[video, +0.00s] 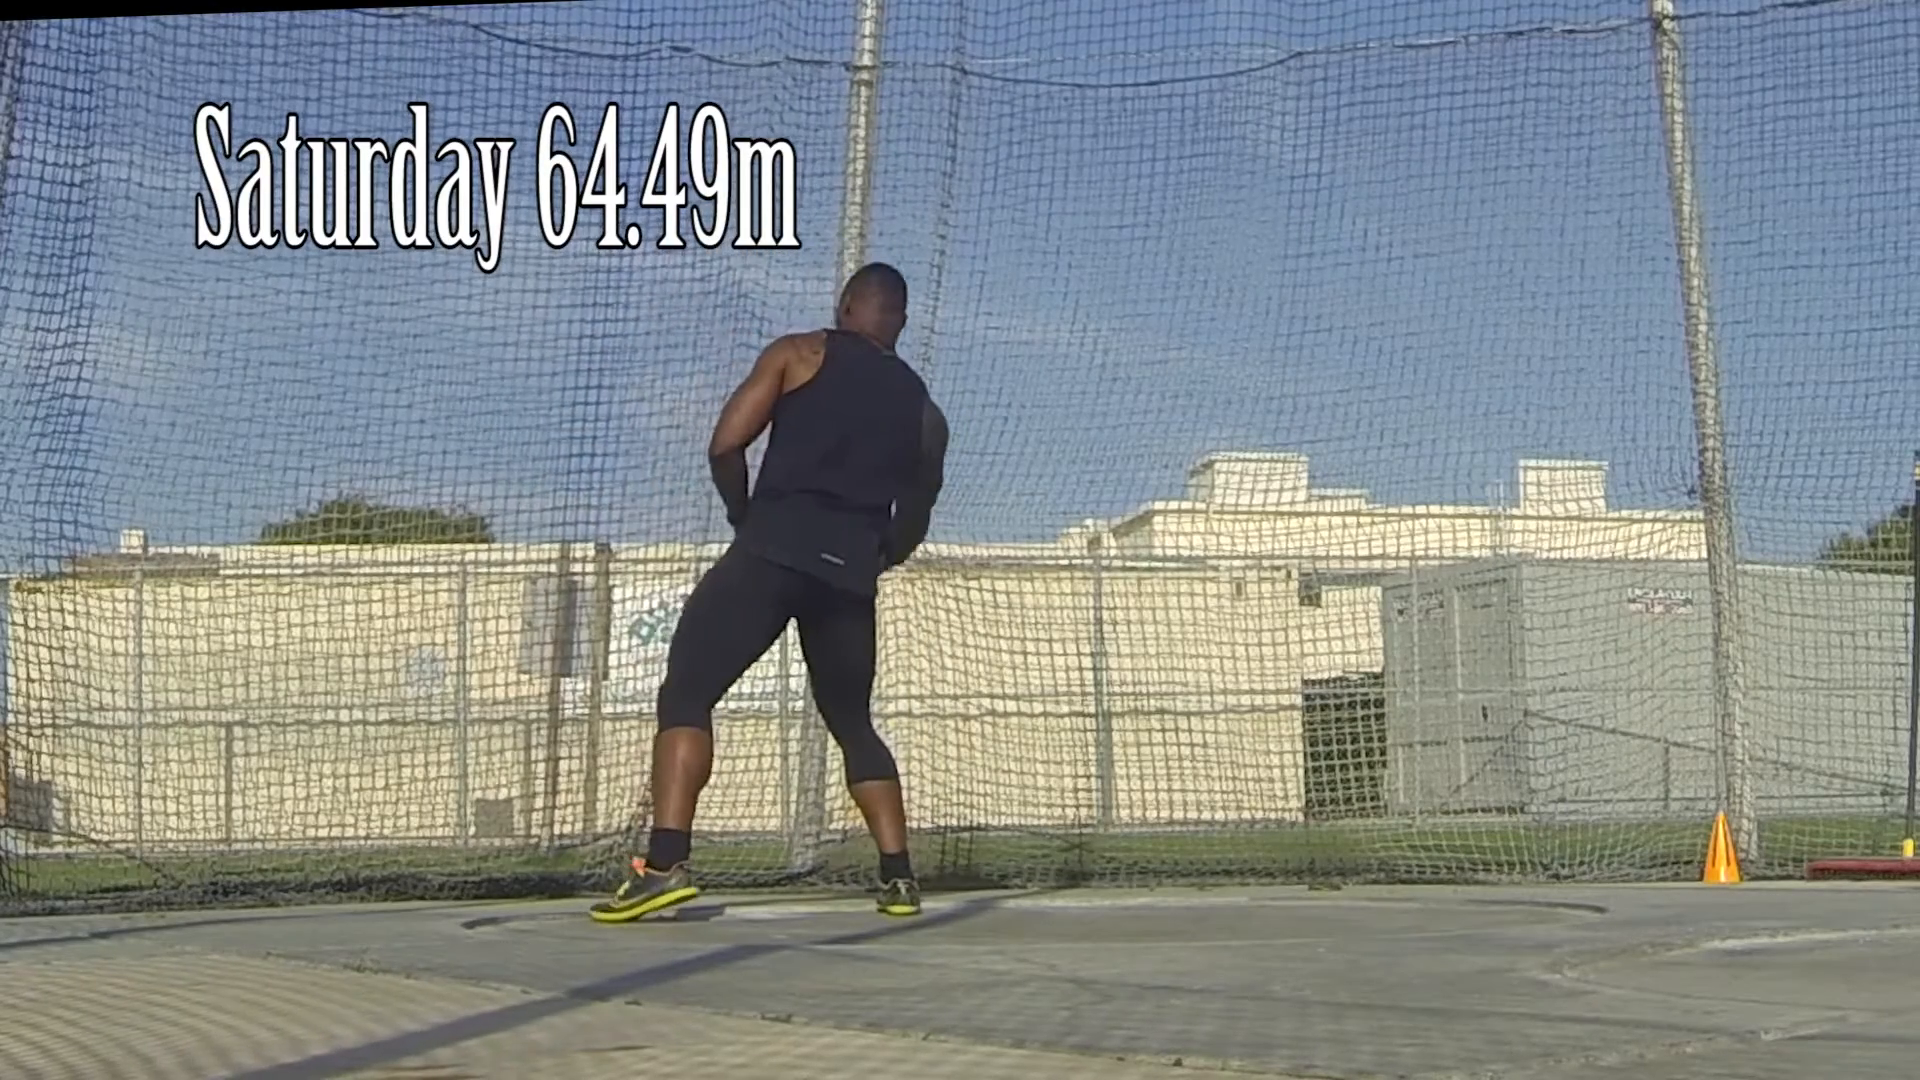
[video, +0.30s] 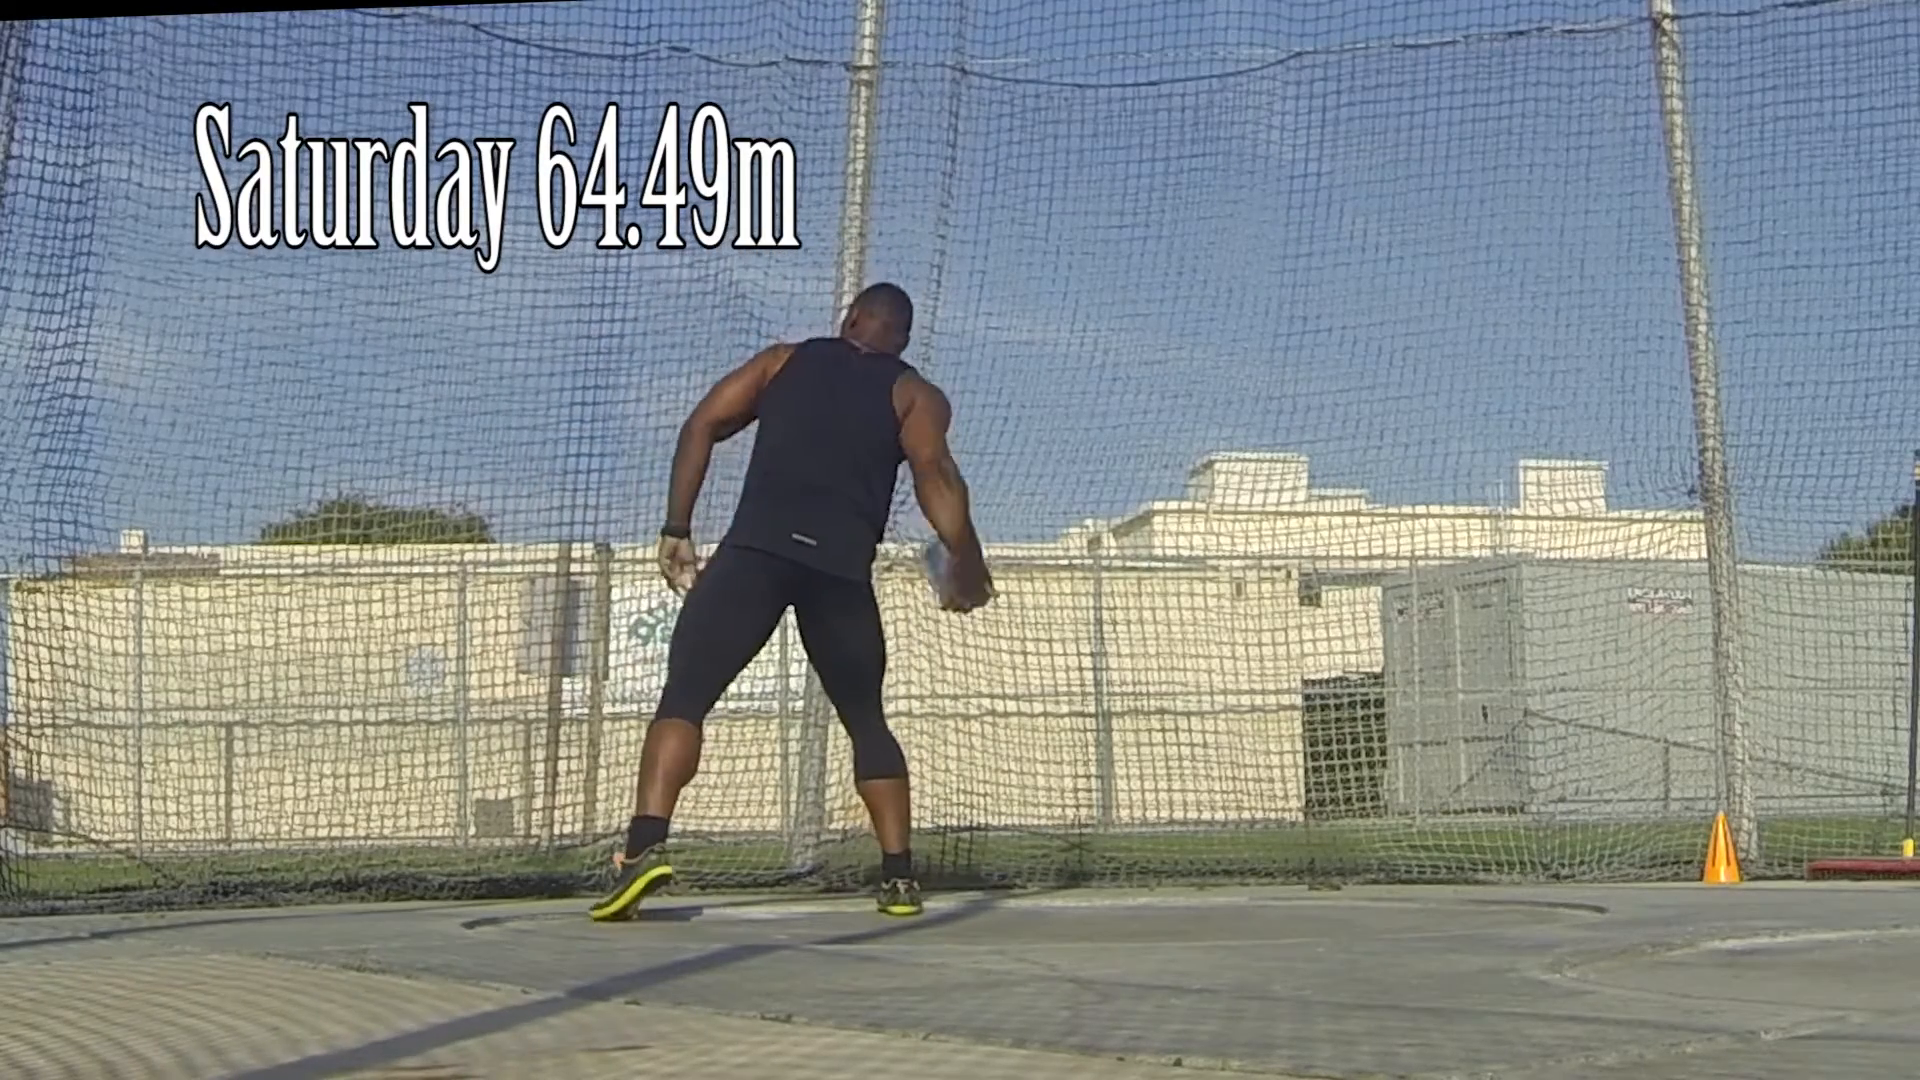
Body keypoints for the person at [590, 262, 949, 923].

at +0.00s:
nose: (849, 318)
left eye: (846, 308)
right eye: (880, 315)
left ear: (841, 311)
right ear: (902, 324)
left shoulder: (796, 352)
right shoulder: (926, 413)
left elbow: (725, 445)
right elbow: (916, 518)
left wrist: (744, 515)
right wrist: (876, 557)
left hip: (769, 554)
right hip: (850, 577)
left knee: (687, 693)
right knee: (853, 719)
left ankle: (665, 866)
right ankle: (899, 877)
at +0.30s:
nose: (856, 327)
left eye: (855, 318)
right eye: (881, 326)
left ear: (847, 320)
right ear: (903, 338)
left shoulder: (786, 358)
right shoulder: (917, 394)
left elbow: (702, 423)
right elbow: (932, 472)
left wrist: (676, 528)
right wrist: (968, 560)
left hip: (753, 555)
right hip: (840, 575)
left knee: (686, 696)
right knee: (867, 718)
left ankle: (644, 847)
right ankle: (899, 876)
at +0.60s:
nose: (756, 339)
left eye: (757, 332)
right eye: (766, 335)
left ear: (765, 333)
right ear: (822, 338)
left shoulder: (729, 371)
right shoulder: (860, 376)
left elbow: (657, 432)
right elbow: (947, 392)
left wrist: (646, 533)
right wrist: (1031, 390)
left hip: (743, 567)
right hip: (832, 576)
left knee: (657, 705)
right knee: (864, 718)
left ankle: (662, 872)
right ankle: (901, 874)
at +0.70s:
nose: (695, 336)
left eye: (697, 327)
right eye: (697, 328)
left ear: (713, 323)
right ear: (763, 323)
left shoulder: (692, 373)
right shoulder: (828, 374)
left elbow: (644, 448)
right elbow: (930, 408)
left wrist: (637, 532)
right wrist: (1023, 431)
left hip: (738, 569)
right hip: (824, 574)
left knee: (648, 708)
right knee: (857, 715)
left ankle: (666, 881)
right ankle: (903, 875)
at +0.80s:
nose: (646, 318)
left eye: (650, 304)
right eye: (645, 306)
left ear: (681, 298)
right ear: (714, 300)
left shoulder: (670, 365)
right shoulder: (792, 366)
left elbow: (635, 472)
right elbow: (873, 430)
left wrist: (616, 540)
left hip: (732, 562)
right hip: (814, 566)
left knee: (648, 707)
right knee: (849, 710)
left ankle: (666, 881)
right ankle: (908, 870)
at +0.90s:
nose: (635, 298)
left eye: (638, 283)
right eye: (634, 284)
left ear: (668, 274)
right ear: (701, 274)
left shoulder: (670, 356)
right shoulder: (760, 345)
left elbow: (628, 482)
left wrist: (587, 518)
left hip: (731, 555)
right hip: (807, 548)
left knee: (652, 702)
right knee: (838, 698)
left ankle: (666, 880)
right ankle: (912, 854)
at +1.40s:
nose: (653, 265)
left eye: (661, 252)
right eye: (656, 254)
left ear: (694, 252)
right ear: (709, 252)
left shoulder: (764, 354)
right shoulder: (672, 316)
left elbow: (735, 465)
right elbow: (588, 320)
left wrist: (683, 391)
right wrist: (671, 301)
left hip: (723, 541)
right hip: (738, 539)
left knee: (675, 696)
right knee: (787, 686)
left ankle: (670, 877)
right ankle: (883, 831)